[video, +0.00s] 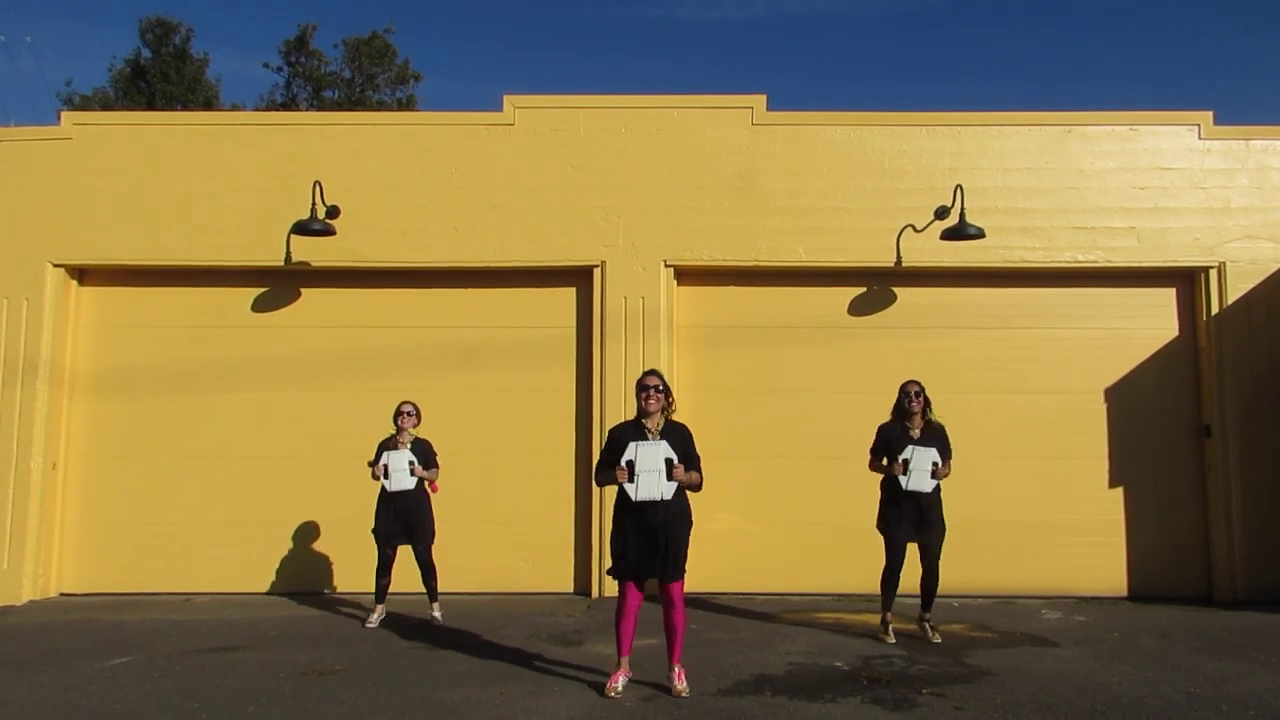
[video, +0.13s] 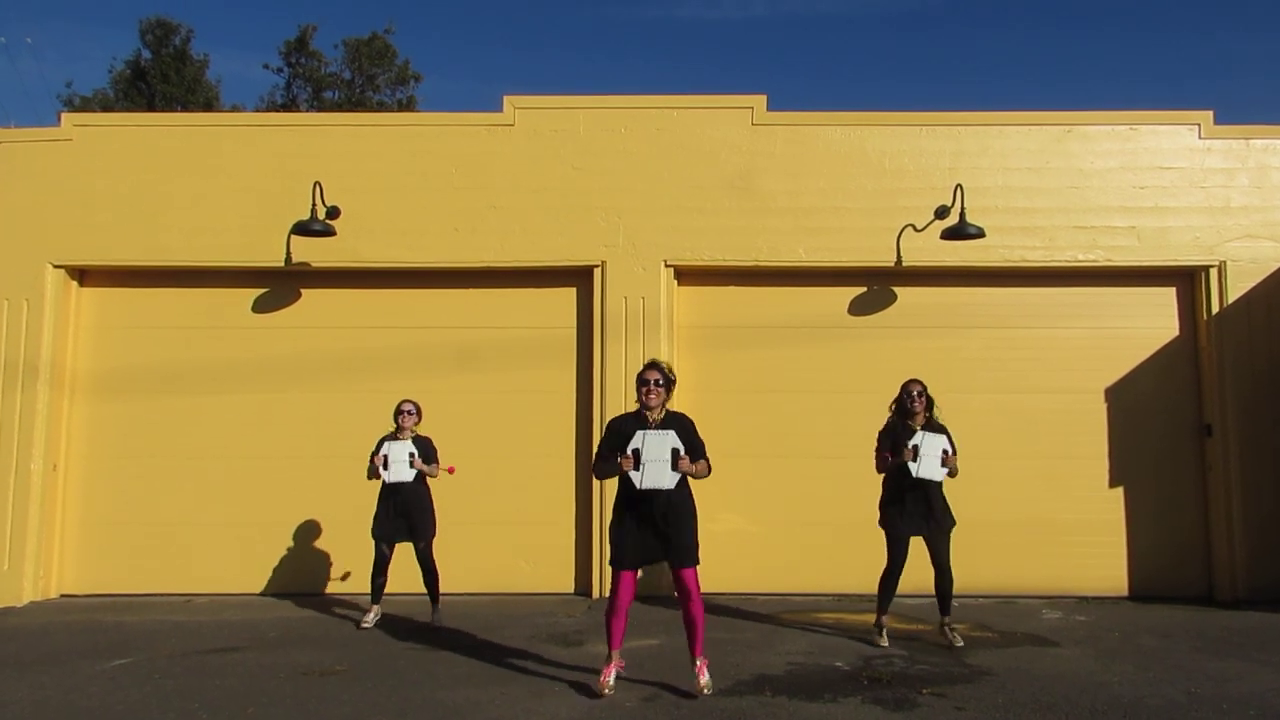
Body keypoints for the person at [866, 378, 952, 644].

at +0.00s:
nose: (913, 399)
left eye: (917, 394)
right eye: (907, 395)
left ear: (925, 399)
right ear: (900, 400)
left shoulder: (937, 430)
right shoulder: (888, 430)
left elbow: (947, 461)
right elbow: (873, 464)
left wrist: (943, 471)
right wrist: (890, 469)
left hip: (929, 507)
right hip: (896, 506)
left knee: (931, 564)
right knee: (894, 563)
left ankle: (925, 618)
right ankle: (886, 620)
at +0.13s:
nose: (915, 399)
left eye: (920, 394)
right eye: (909, 395)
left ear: (927, 398)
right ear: (901, 400)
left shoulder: (939, 431)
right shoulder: (890, 431)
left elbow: (952, 472)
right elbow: (880, 466)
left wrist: (950, 464)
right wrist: (899, 459)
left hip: (932, 505)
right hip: (898, 506)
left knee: (943, 565)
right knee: (895, 564)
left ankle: (946, 623)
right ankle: (880, 623)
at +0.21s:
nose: (918, 410)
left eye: (923, 406)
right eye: (912, 406)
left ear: (929, 410)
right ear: (904, 410)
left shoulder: (942, 440)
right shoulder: (897, 437)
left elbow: (957, 481)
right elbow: (889, 473)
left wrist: (957, 468)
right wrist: (909, 461)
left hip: (934, 511)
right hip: (901, 511)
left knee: (947, 574)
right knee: (898, 572)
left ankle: (957, 632)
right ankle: (878, 628)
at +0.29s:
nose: (921, 408)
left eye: (925, 404)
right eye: (915, 405)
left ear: (932, 407)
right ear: (907, 409)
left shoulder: (943, 438)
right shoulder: (901, 438)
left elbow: (958, 474)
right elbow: (893, 475)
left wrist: (964, 460)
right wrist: (909, 468)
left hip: (940, 515)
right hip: (908, 516)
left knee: (949, 574)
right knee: (898, 572)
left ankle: (958, 632)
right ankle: (878, 628)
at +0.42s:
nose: (924, 392)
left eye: (927, 387)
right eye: (918, 389)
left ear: (934, 392)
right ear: (909, 397)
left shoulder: (949, 421)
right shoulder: (903, 425)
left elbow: (980, 442)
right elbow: (896, 462)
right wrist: (895, 480)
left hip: (942, 501)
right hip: (908, 502)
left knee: (949, 563)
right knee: (899, 556)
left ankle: (954, 626)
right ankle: (869, 598)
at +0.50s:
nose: (927, 394)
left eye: (930, 390)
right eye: (921, 392)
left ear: (936, 395)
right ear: (912, 400)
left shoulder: (951, 421)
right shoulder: (907, 428)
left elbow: (992, 423)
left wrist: (1006, 404)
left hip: (945, 504)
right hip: (912, 504)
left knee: (951, 567)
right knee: (901, 561)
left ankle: (951, 628)